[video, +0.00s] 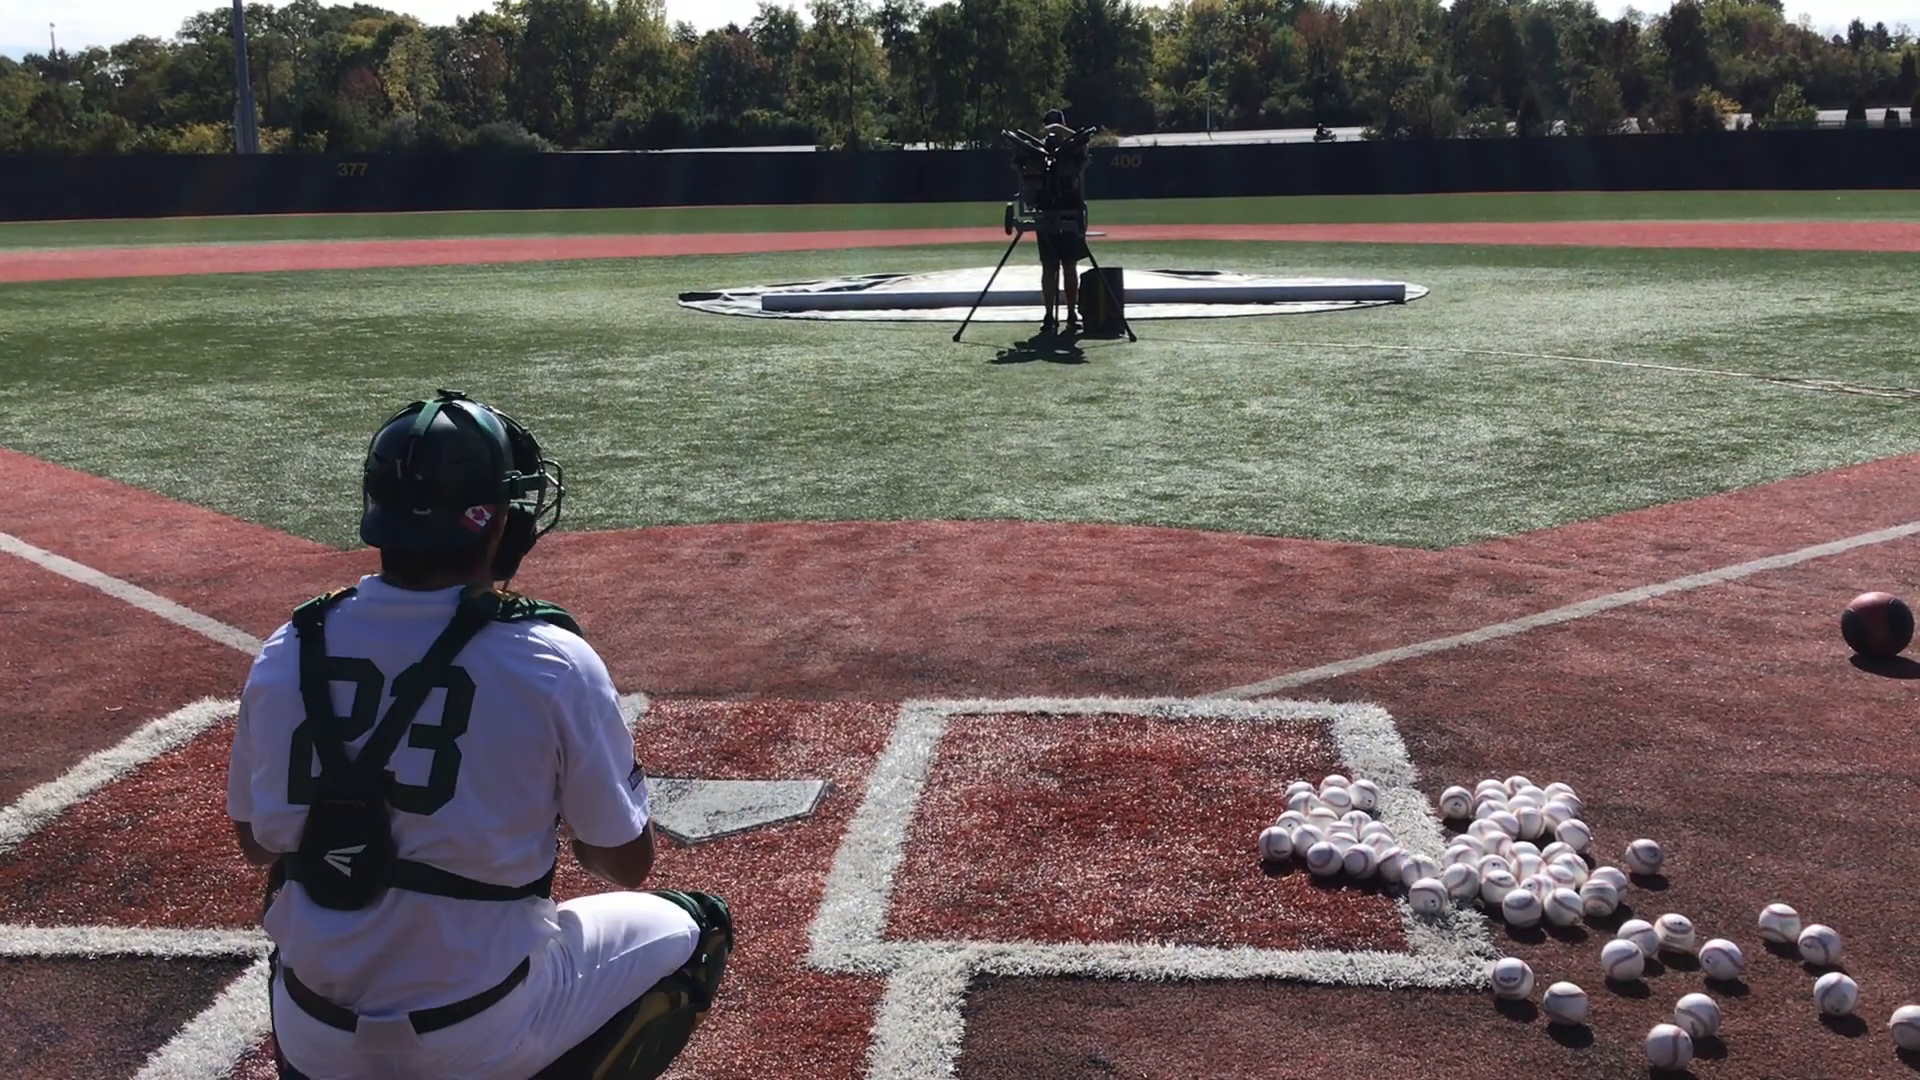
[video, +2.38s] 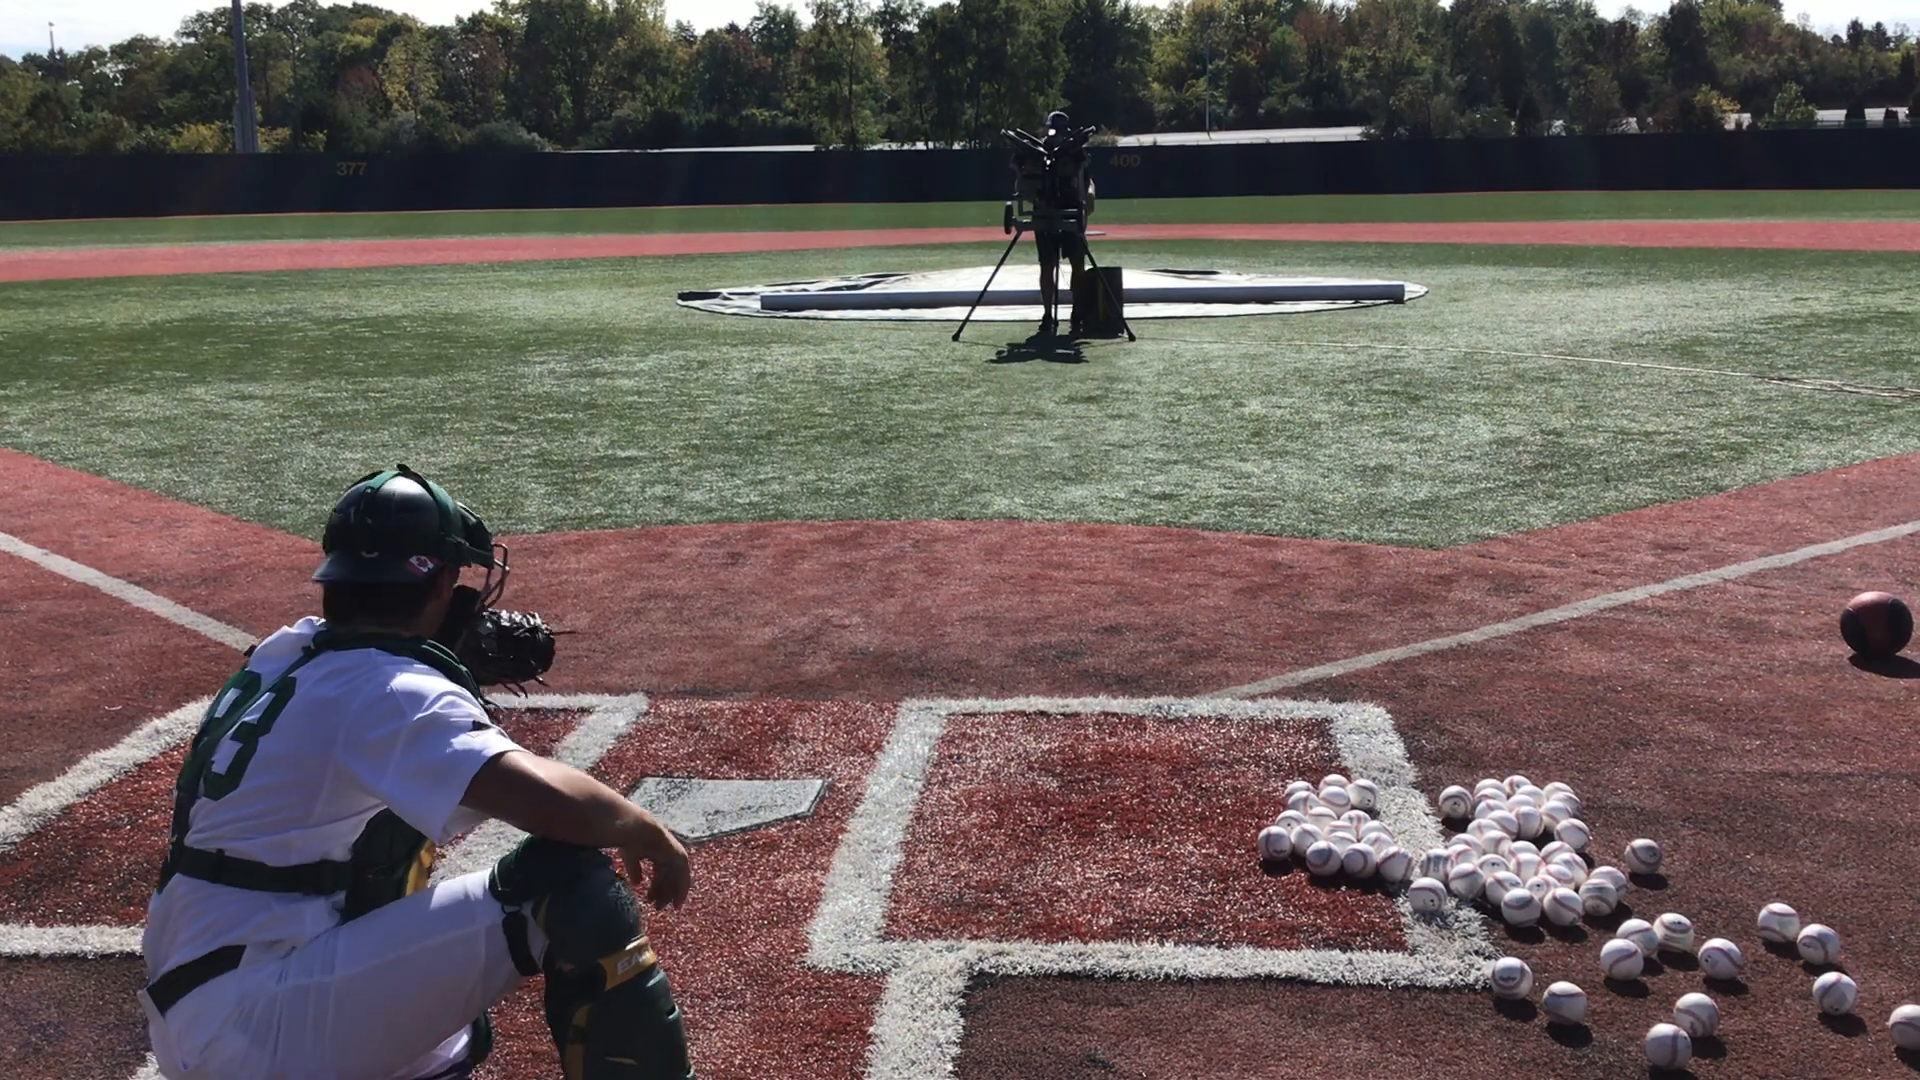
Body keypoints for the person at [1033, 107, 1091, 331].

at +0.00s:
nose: (1053, 134)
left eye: (1057, 130)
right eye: (1049, 130)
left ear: (1064, 130)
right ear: (1044, 130)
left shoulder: (1074, 150)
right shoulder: (1039, 151)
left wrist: (1064, 135)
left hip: (1070, 214)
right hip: (1045, 215)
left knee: (1070, 268)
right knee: (1050, 269)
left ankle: (1072, 314)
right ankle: (1049, 315)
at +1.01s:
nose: (1053, 132)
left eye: (1057, 128)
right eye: (1050, 129)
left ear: (1066, 127)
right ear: (1046, 131)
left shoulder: (1073, 148)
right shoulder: (1038, 150)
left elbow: (1079, 155)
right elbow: (1018, 147)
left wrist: (1061, 132)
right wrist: (1034, 123)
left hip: (1069, 213)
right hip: (1045, 213)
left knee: (1069, 267)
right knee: (1048, 268)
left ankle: (1071, 313)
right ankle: (1049, 314)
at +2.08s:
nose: (1048, 129)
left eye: (1052, 125)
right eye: (1044, 125)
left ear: (1060, 127)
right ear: (1039, 128)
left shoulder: (1070, 148)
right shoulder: (1034, 150)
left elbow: (1078, 163)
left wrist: (1069, 142)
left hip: (1068, 214)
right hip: (1043, 215)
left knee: (1068, 267)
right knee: (1047, 268)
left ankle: (1071, 313)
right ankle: (1048, 315)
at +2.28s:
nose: (1050, 131)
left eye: (1054, 127)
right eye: (1046, 127)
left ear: (1061, 129)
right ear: (1041, 130)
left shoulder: (1071, 149)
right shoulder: (1034, 151)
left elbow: (1080, 166)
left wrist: (1073, 145)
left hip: (1070, 215)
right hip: (1044, 217)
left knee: (1072, 268)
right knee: (1047, 269)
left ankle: (1072, 314)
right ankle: (1048, 315)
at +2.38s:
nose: (1054, 134)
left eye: (1059, 130)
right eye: (1051, 129)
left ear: (1067, 132)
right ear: (1046, 131)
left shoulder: (1076, 151)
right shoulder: (1037, 152)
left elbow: (1086, 177)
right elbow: (1025, 185)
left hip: (1073, 215)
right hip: (1045, 216)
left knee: (1078, 268)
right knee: (1047, 268)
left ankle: (1077, 316)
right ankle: (1048, 315)